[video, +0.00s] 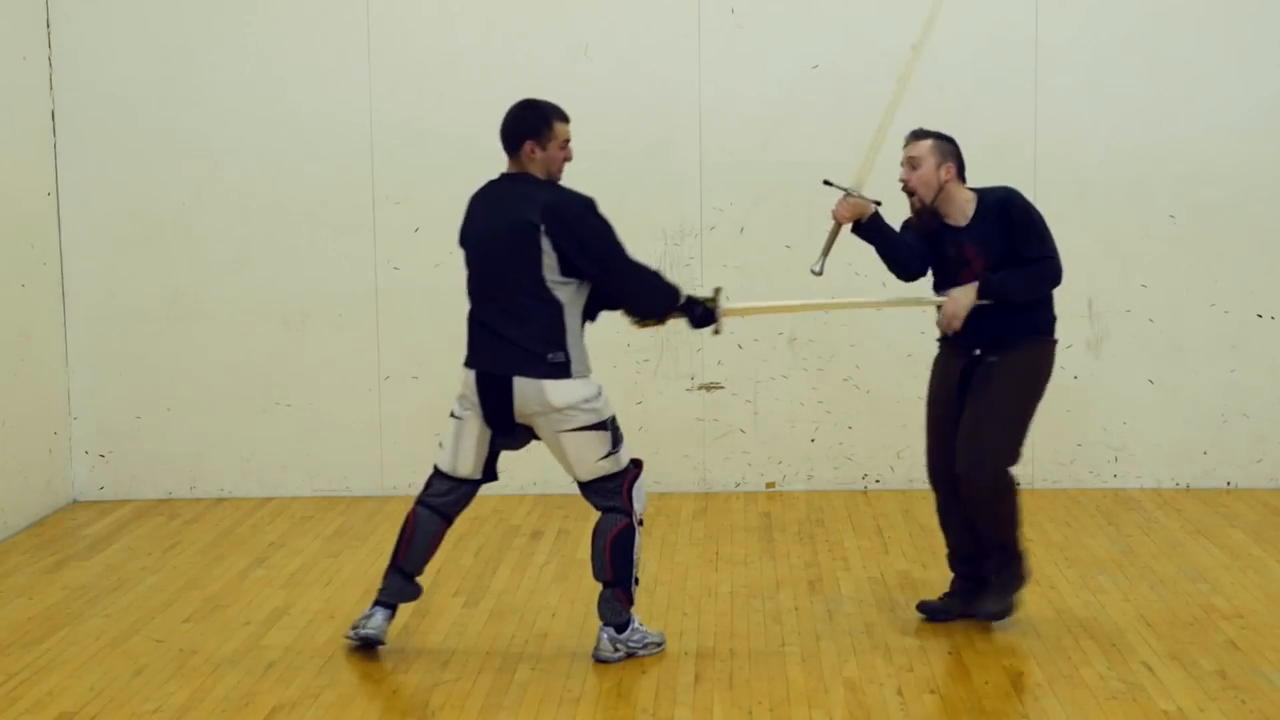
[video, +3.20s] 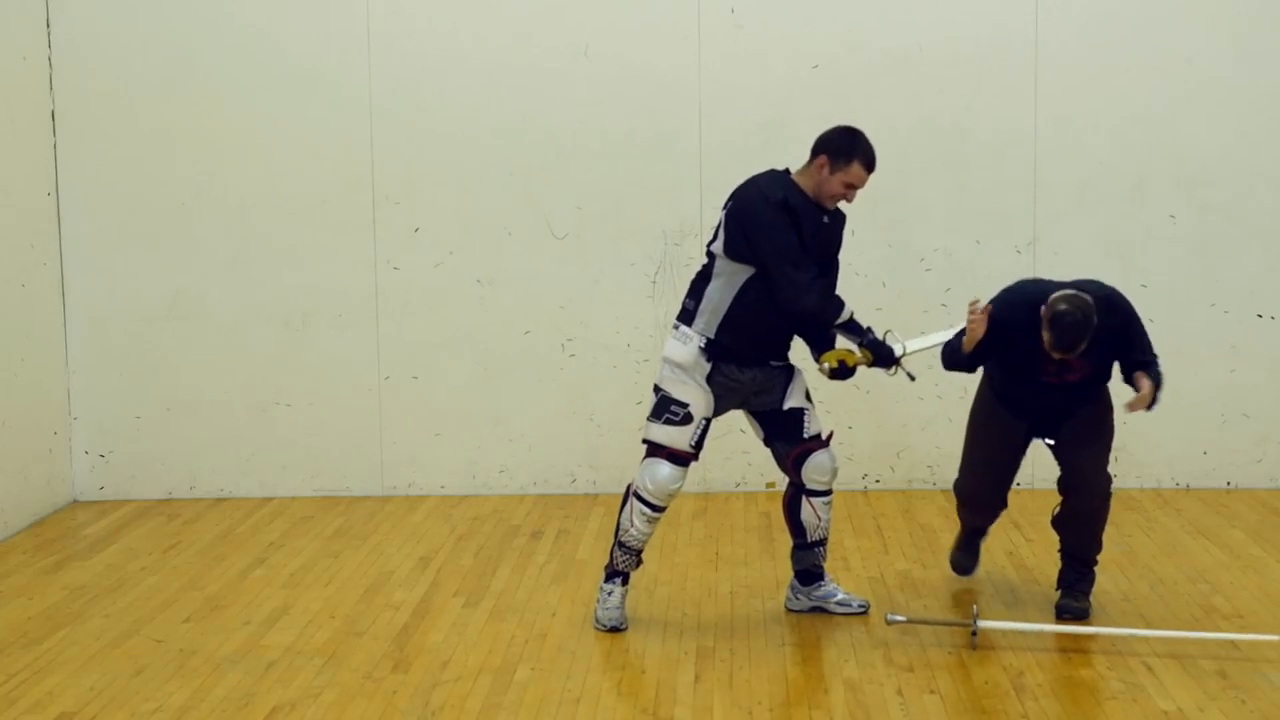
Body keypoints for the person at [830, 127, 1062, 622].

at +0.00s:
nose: (904, 177)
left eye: (914, 165)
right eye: (903, 167)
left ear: (948, 169)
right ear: (933, 175)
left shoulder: (1005, 206)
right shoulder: (925, 224)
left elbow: (1048, 271)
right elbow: (908, 266)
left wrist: (975, 290)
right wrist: (868, 220)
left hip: (1020, 352)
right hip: (959, 355)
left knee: (981, 463)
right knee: (945, 470)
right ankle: (969, 586)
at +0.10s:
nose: (918, 175)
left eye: (929, 166)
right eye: (918, 168)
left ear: (963, 176)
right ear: (925, 182)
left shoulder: (1014, 214)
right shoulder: (935, 237)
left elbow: (1066, 273)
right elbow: (921, 282)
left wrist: (997, 301)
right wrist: (883, 233)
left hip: (1045, 362)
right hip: (983, 363)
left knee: (1038, 476)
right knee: (964, 472)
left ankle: (1073, 565)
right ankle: (974, 586)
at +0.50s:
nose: (956, 220)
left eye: (964, 209)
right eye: (950, 211)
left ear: (994, 209)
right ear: (948, 215)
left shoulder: (1047, 237)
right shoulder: (959, 258)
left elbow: (1097, 294)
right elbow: (964, 317)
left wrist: (1031, 317)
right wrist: (932, 266)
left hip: (1076, 358)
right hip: (1009, 359)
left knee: (1076, 465)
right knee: (991, 460)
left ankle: (1083, 570)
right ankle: (999, 560)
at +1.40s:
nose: (1015, 254)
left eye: (1026, 243)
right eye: (1007, 242)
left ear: (1046, 239)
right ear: (997, 237)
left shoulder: (1077, 264)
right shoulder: (986, 268)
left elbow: (1116, 320)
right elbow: (989, 352)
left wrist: (1054, 339)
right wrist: (972, 322)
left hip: (1074, 379)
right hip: (1006, 377)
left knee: (1076, 476)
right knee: (984, 471)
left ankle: (1075, 581)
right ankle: (997, 563)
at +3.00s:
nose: (1042, 284)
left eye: (1055, 279)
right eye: (1038, 271)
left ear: (1078, 276)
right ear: (1031, 257)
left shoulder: (1101, 290)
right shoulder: (1003, 275)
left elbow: (1119, 344)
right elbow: (973, 357)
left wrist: (1060, 354)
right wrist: (980, 334)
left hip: (1073, 388)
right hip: (1002, 380)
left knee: (1077, 480)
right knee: (979, 476)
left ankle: (1075, 582)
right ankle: (996, 562)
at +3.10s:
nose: (1049, 320)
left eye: (1060, 317)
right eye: (1046, 309)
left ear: (1082, 306)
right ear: (1041, 285)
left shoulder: (1109, 303)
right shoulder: (1012, 282)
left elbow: (1121, 356)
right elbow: (961, 358)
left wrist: (1092, 378)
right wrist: (974, 336)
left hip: (1076, 397)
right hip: (1004, 386)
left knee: (1079, 483)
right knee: (977, 477)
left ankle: (1075, 582)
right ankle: (994, 561)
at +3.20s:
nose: (1059, 358)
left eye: (1068, 355)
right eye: (1053, 350)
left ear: (1091, 330)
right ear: (1042, 319)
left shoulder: (1114, 311)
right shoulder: (1013, 306)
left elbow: (1141, 359)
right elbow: (952, 360)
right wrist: (969, 340)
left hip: (1081, 405)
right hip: (1008, 398)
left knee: (1088, 492)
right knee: (977, 490)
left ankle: (1076, 584)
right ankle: (971, 532)